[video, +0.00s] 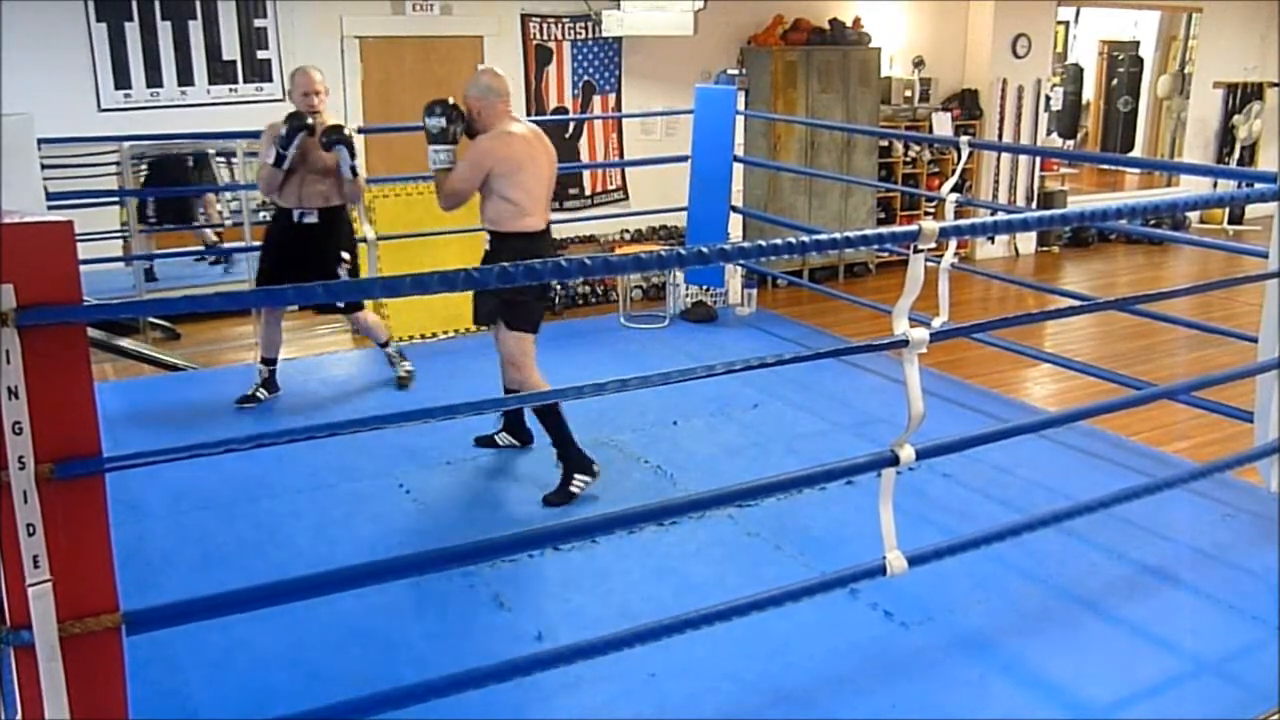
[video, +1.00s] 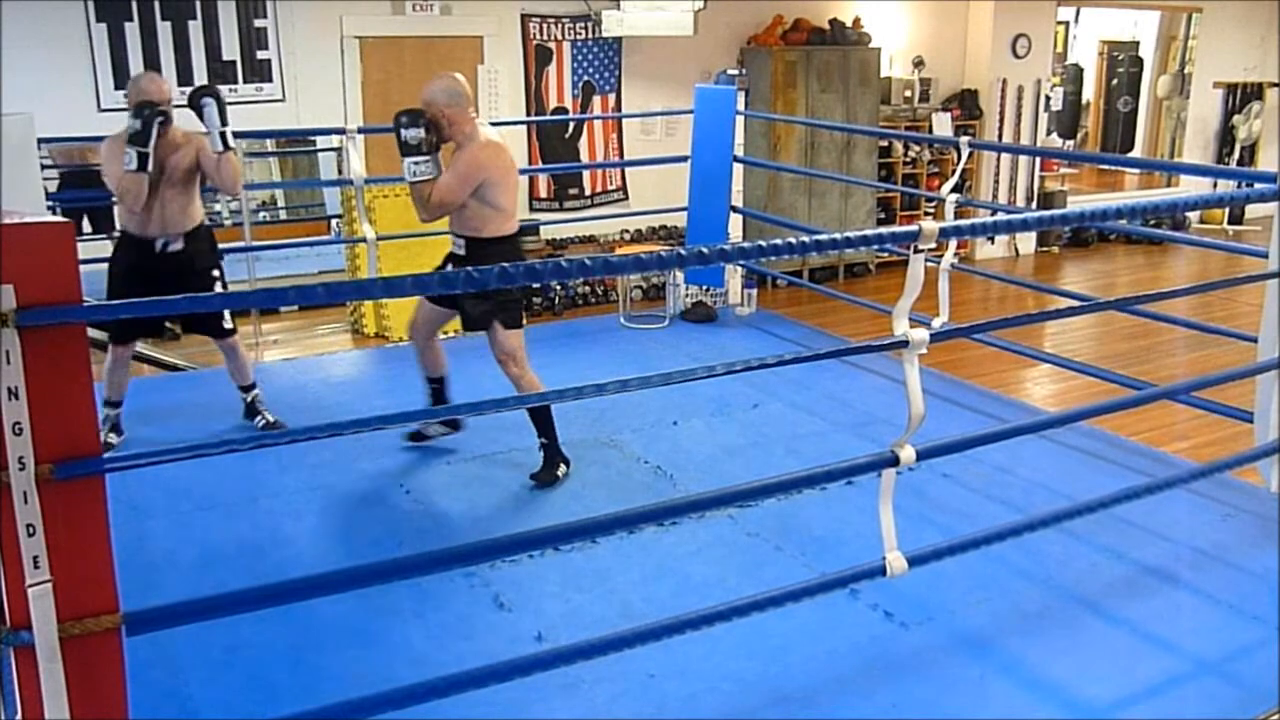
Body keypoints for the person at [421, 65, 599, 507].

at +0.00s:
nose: (466, 115)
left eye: (468, 107)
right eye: (466, 107)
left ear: (488, 105)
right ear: (505, 102)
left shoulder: (491, 144)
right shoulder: (538, 137)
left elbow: (448, 197)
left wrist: (443, 149)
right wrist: (472, 145)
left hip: (512, 252)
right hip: (539, 247)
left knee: (520, 368)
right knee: (507, 341)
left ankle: (576, 462)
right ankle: (515, 426)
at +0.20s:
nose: (451, 123)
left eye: (454, 115)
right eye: (450, 115)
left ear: (471, 111)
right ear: (490, 106)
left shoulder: (471, 148)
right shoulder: (525, 140)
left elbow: (434, 200)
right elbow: (534, 191)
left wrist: (434, 152)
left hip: (498, 256)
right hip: (526, 249)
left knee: (496, 368)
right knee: (469, 333)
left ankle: (546, 469)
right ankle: (500, 413)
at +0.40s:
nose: (436, 140)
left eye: (436, 132)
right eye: (433, 133)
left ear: (449, 128)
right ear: (468, 119)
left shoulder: (472, 165)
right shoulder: (501, 148)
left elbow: (423, 213)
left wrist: (409, 168)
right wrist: (443, 152)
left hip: (495, 270)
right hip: (488, 264)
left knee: (486, 372)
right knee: (453, 338)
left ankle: (543, 470)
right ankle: (457, 423)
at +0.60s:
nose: (423, 120)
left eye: (425, 113)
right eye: (422, 113)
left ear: (445, 113)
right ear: (456, 108)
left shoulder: (478, 150)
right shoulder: (465, 144)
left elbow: (437, 210)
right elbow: (440, 203)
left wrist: (421, 164)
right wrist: (427, 158)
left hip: (497, 254)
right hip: (471, 250)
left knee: (501, 362)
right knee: (463, 343)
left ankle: (551, 451)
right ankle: (458, 422)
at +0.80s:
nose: (429, 121)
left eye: (432, 114)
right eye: (429, 114)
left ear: (454, 113)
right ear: (459, 112)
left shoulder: (486, 150)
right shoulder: (463, 146)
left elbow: (440, 209)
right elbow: (438, 204)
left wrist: (424, 160)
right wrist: (426, 159)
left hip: (506, 257)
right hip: (476, 254)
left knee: (519, 359)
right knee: (468, 344)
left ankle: (554, 454)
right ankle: (459, 421)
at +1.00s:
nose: (426, 121)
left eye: (431, 113)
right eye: (425, 113)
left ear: (454, 113)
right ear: (458, 113)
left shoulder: (480, 154)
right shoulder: (464, 147)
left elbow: (428, 209)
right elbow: (432, 200)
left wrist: (418, 159)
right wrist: (422, 157)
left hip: (496, 262)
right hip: (465, 258)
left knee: (513, 363)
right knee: (421, 332)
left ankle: (554, 454)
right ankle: (443, 414)